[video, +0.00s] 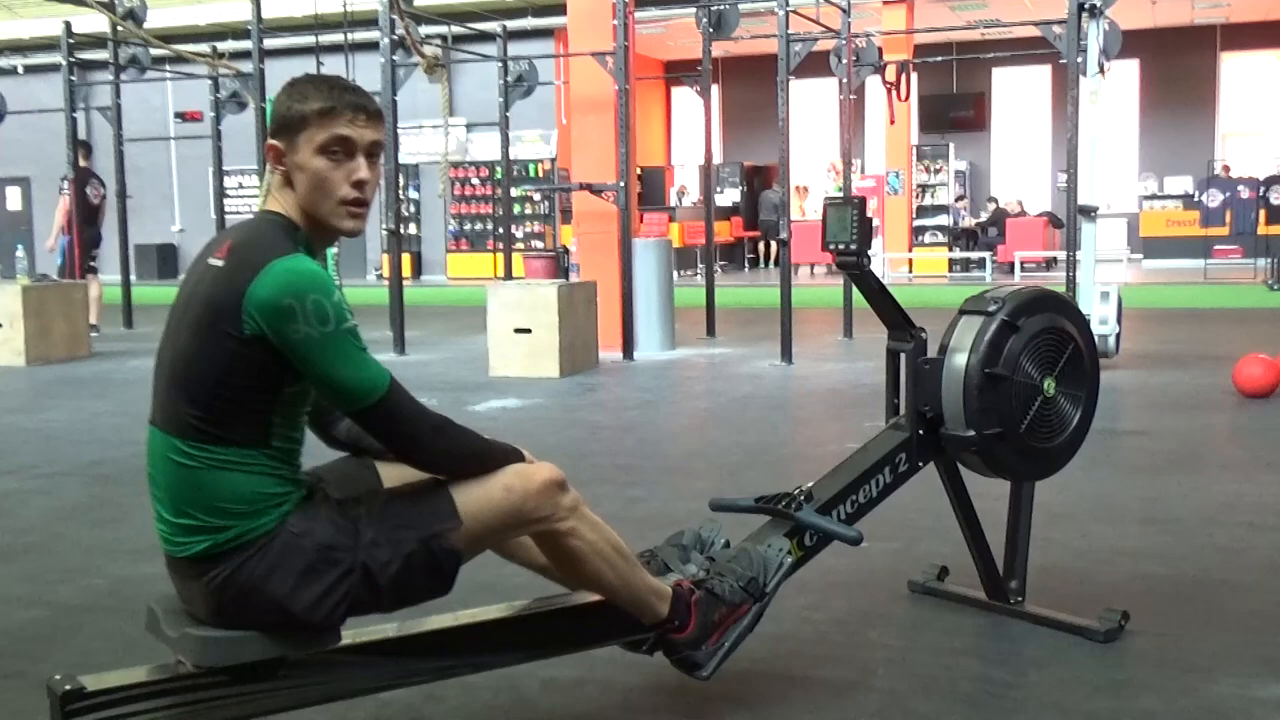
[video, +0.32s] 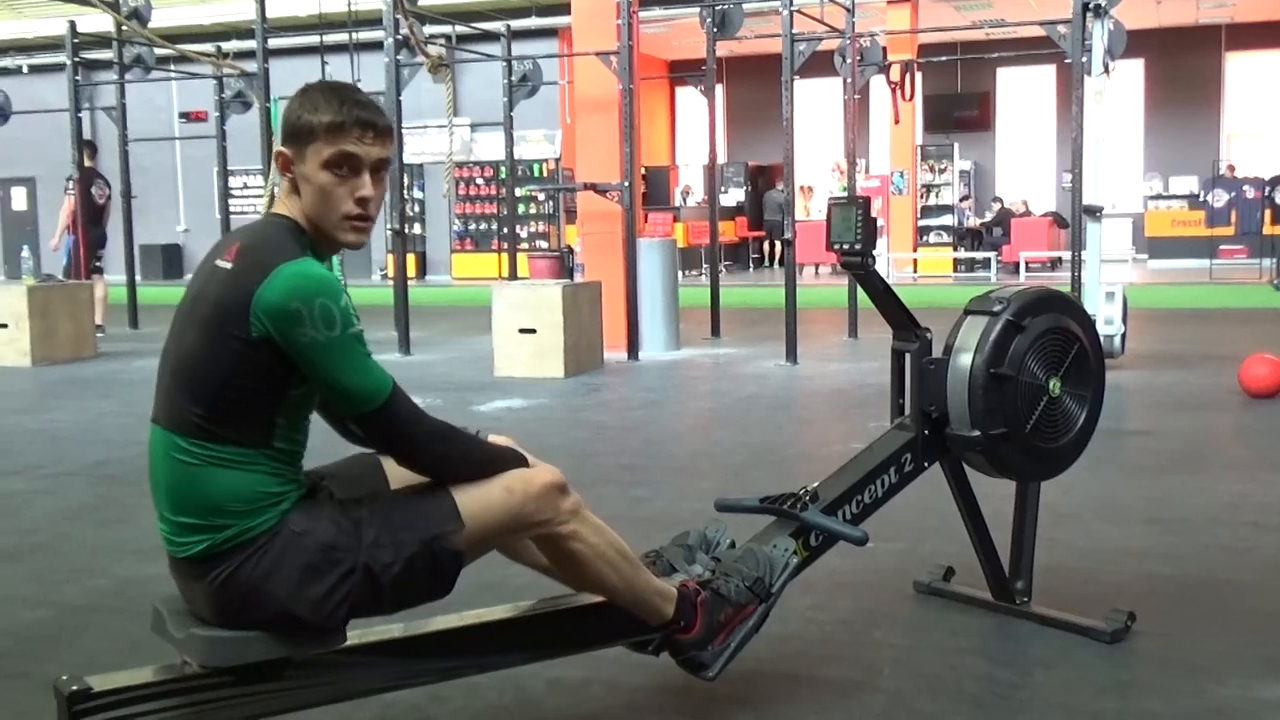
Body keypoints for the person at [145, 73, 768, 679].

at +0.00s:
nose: (363, 175)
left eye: (373, 156)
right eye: (338, 153)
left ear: (382, 164)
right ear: (279, 160)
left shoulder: (244, 252)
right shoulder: (290, 275)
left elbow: (339, 423)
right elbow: (415, 430)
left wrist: (492, 467)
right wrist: (520, 466)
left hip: (220, 541)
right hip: (256, 560)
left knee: (472, 474)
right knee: (536, 482)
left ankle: (629, 596)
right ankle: (674, 616)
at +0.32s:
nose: (367, 193)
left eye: (379, 172)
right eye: (343, 170)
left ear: (388, 174)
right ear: (286, 167)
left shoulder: (252, 253)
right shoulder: (297, 281)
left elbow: (371, 420)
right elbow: (412, 436)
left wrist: (492, 449)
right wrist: (514, 466)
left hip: (226, 532)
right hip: (256, 558)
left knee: (475, 466)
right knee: (533, 488)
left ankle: (634, 597)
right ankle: (680, 618)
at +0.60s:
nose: (398, 188)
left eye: (408, 170)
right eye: (374, 164)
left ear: (414, 178)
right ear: (319, 169)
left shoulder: (286, 252)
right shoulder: (334, 274)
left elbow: (404, 408)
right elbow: (456, 416)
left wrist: (535, 442)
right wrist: (569, 465)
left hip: (245, 532)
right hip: (276, 560)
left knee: (479, 453)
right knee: (553, 486)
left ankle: (636, 592)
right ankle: (685, 616)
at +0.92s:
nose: (419, 191)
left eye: (429, 173)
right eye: (397, 167)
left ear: (435, 179)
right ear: (341, 170)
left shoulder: (303, 250)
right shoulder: (361, 268)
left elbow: (415, 403)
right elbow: (471, 403)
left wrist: (555, 439)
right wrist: (581, 456)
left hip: (248, 533)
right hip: (292, 555)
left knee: (481, 446)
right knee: (570, 481)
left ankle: (639, 597)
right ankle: (692, 615)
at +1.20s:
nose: (428, 193)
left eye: (437, 175)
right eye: (406, 170)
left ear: (445, 178)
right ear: (350, 171)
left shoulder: (313, 246)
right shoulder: (377, 266)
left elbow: (431, 401)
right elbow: (486, 403)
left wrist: (567, 428)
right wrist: (599, 448)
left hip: (265, 527)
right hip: (304, 553)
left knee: (499, 443)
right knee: (578, 474)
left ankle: (649, 591)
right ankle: (701, 612)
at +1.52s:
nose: (442, 187)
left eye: (452, 170)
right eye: (419, 165)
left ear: (460, 177)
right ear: (367, 171)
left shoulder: (337, 246)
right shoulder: (389, 264)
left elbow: (465, 393)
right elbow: (511, 406)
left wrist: (591, 415)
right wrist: (616, 429)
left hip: (300, 509)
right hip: (330, 539)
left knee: (516, 429)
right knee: (595, 462)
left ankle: (656, 584)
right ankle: (708, 602)